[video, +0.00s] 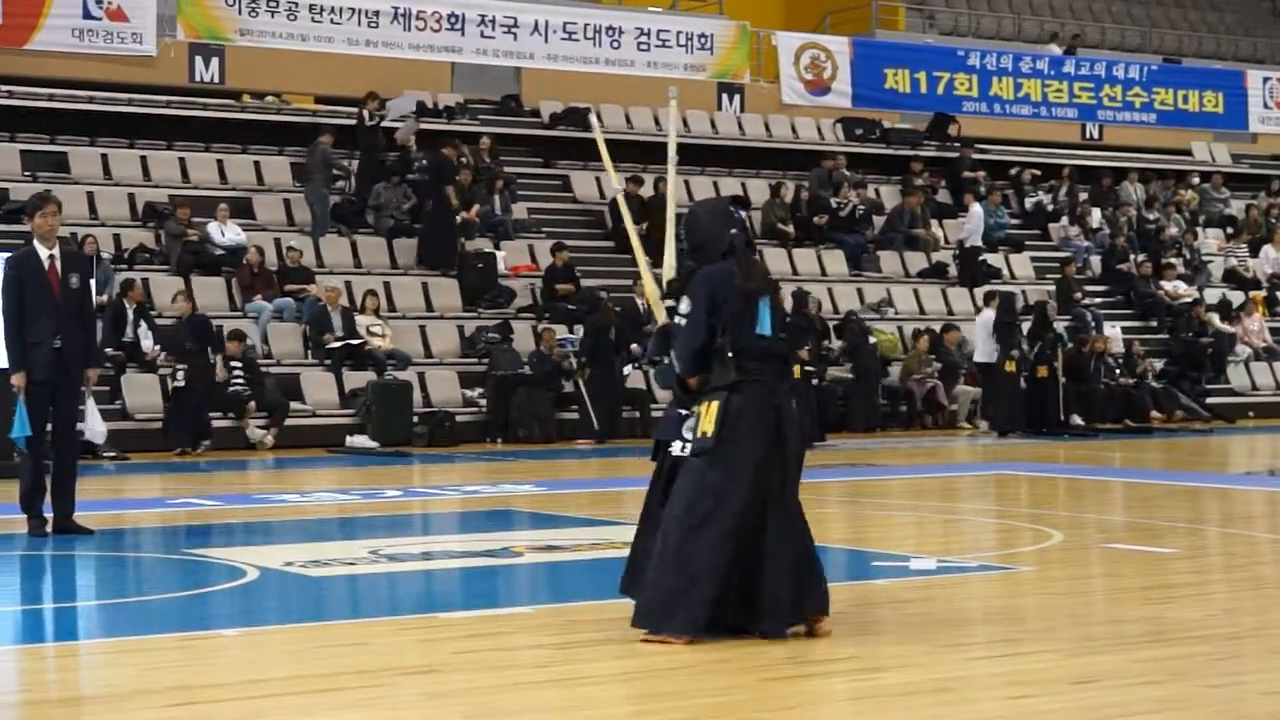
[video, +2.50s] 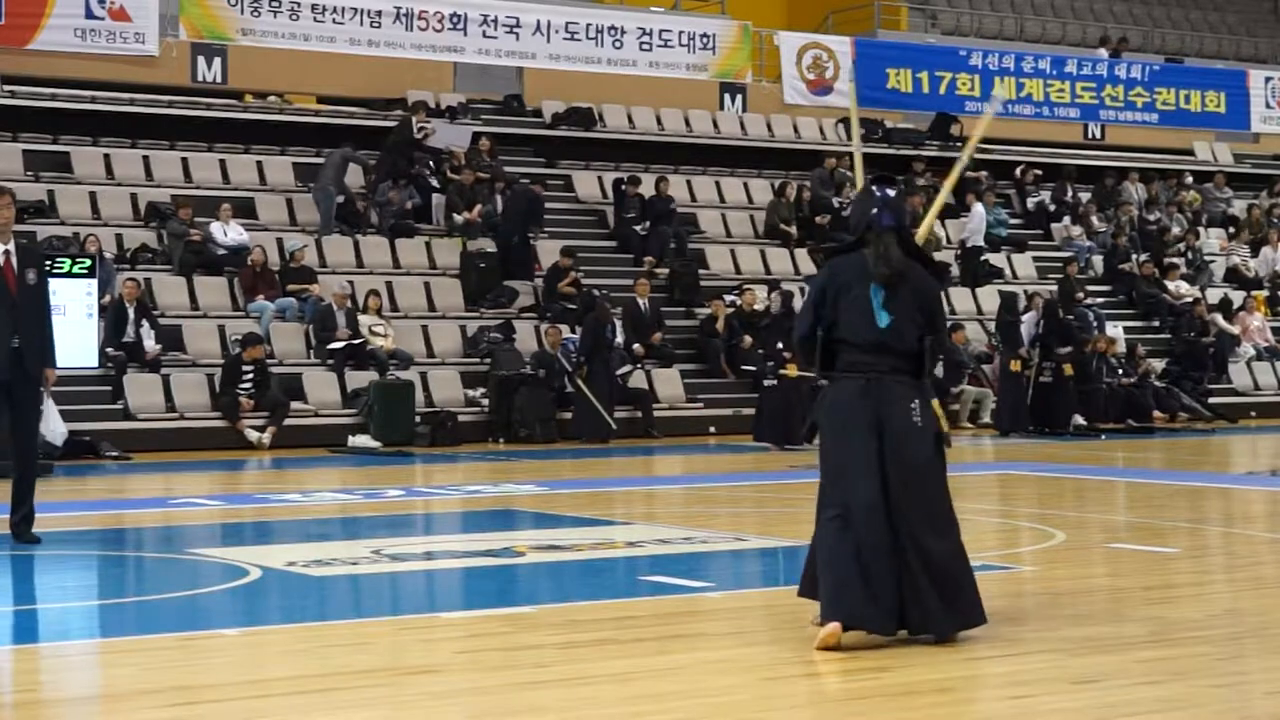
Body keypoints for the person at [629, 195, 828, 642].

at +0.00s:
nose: (687, 242)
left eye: (691, 234)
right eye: (688, 234)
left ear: (705, 237)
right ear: (739, 233)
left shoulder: (706, 281)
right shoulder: (762, 279)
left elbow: (689, 354)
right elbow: (771, 346)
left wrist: (691, 385)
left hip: (731, 409)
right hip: (778, 406)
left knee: (695, 510)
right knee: (779, 506)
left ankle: (678, 620)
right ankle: (812, 606)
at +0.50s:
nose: (725, 240)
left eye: (728, 233)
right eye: (727, 232)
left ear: (740, 235)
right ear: (777, 231)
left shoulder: (739, 283)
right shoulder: (808, 280)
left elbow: (716, 359)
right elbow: (821, 352)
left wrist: (725, 383)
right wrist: (790, 378)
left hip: (761, 411)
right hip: (812, 409)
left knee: (735, 511)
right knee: (824, 510)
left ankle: (723, 616)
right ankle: (835, 613)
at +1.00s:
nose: (736, 236)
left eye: (738, 228)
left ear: (745, 231)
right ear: (787, 226)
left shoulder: (734, 279)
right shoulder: (812, 280)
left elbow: (709, 352)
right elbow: (821, 353)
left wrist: (723, 370)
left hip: (754, 407)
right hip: (809, 407)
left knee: (736, 510)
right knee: (816, 509)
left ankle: (716, 622)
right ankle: (825, 617)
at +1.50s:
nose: (781, 229)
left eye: (783, 222)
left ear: (789, 226)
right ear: (833, 224)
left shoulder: (776, 279)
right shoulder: (855, 281)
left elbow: (750, 347)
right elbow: (865, 345)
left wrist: (756, 369)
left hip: (797, 405)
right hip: (852, 404)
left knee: (783, 505)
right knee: (866, 504)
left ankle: (773, 615)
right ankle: (897, 608)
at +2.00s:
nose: (848, 237)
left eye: (855, 228)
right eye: (848, 227)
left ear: (875, 232)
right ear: (904, 229)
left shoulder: (876, 282)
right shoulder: (927, 276)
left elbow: (857, 354)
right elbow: (939, 345)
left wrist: (841, 377)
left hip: (894, 409)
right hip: (940, 407)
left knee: (856, 506)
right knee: (944, 513)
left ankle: (843, 617)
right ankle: (950, 618)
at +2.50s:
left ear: (858, 225)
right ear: (901, 226)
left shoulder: (834, 273)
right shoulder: (922, 280)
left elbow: (804, 337)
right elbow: (935, 345)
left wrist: (824, 370)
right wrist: (910, 379)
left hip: (846, 399)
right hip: (904, 399)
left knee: (841, 504)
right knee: (918, 503)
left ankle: (835, 612)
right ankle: (937, 614)